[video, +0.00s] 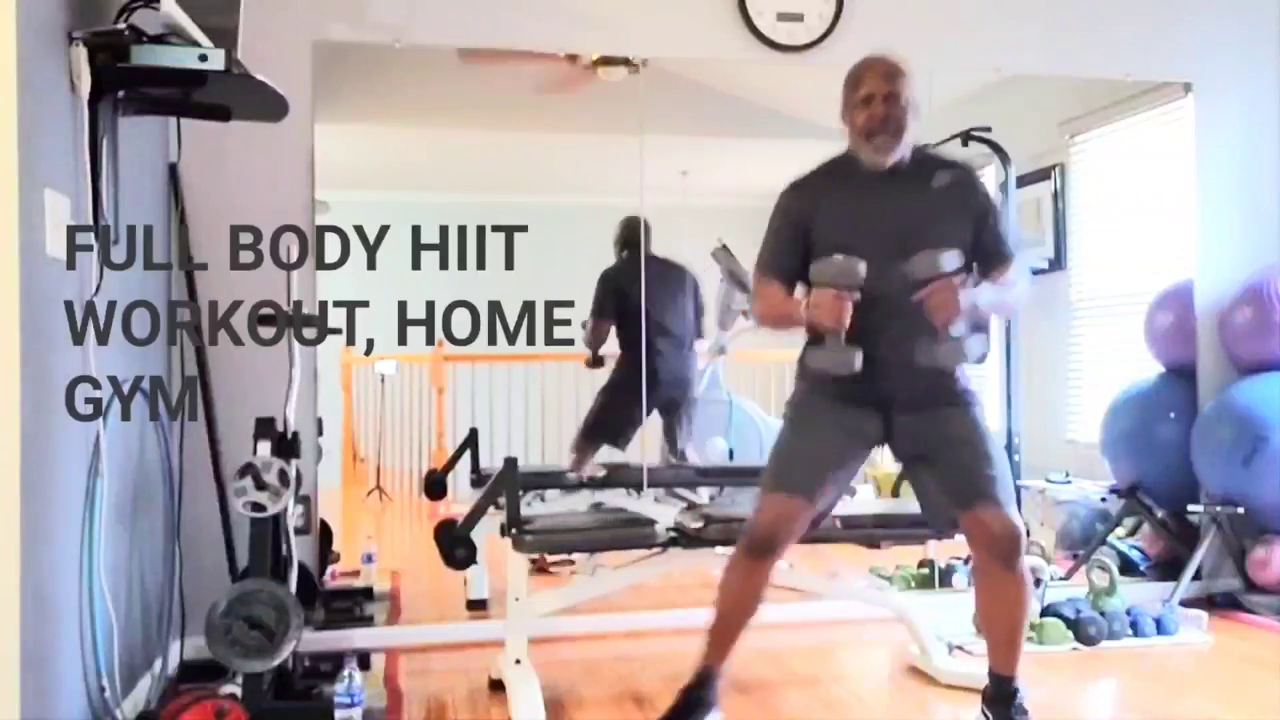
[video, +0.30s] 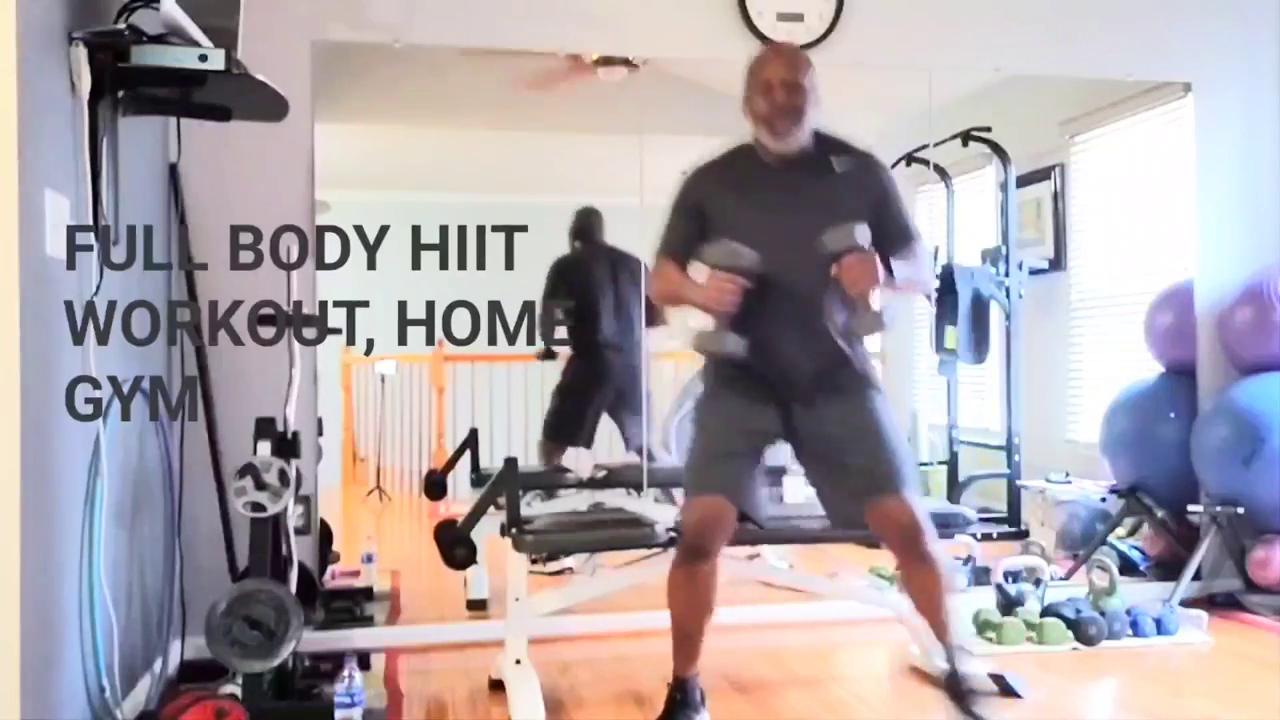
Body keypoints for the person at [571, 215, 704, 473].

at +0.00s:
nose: (614, 246)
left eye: (616, 242)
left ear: (620, 242)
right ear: (649, 240)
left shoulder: (614, 276)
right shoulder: (684, 275)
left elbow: (596, 337)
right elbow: (697, 333)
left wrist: (592, 347)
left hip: (636, 374)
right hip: (681, 373)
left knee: (583, 452)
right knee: (680, 454)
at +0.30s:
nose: (574, 235)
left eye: (574, 230)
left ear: (574, 232)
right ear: (602, 231)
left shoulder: (566, 266)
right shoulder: (632, 264)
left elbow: (548, 315)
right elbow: (655, 316)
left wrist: (549, 346)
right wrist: (622, 324)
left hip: (588, 364)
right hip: (629, 364)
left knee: (553, 441)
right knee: (642, 439)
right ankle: (674, 498)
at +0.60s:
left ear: (548, 226)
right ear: (576, 224)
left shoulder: (548, 251)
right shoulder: (599, 248)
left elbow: (537, 281)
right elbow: (657, 272)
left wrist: (514, 323)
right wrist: (633, 305)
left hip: (557, 348)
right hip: (592, 347)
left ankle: (532, 461)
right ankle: (578, 462)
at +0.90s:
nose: (550, 224)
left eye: (550, 219)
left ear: (552, 220)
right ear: (581, 218)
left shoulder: (547, 250)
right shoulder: (608, 248)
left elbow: (527, 297)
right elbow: (634, 307)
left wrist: (528, 335)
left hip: (572, 348)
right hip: (612, 348)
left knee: (546, 431)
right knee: (617, 426)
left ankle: (545, 491)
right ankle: (636, 477)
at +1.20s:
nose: (579, 267)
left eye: (581, 263)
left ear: (582, 265)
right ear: (609, 266)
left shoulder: (578, 297)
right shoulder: (639, 298)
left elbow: (563, 347)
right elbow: (653, 353)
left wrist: (555, 367)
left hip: (597, 393)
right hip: (641, 392)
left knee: (546, 457)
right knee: (641, 464)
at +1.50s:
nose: (598, 226)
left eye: (600, 221)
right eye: (600, 222)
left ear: (605, 222)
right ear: (631, 221)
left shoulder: (605, 246)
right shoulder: (662, 247)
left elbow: (605, 282)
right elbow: (708, 281)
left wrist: (575, 318)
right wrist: (678, 310)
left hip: (622, 356)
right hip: (662, 357)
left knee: (593, 436)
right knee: (661, 435)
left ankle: (602, 479)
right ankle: (682, 500)